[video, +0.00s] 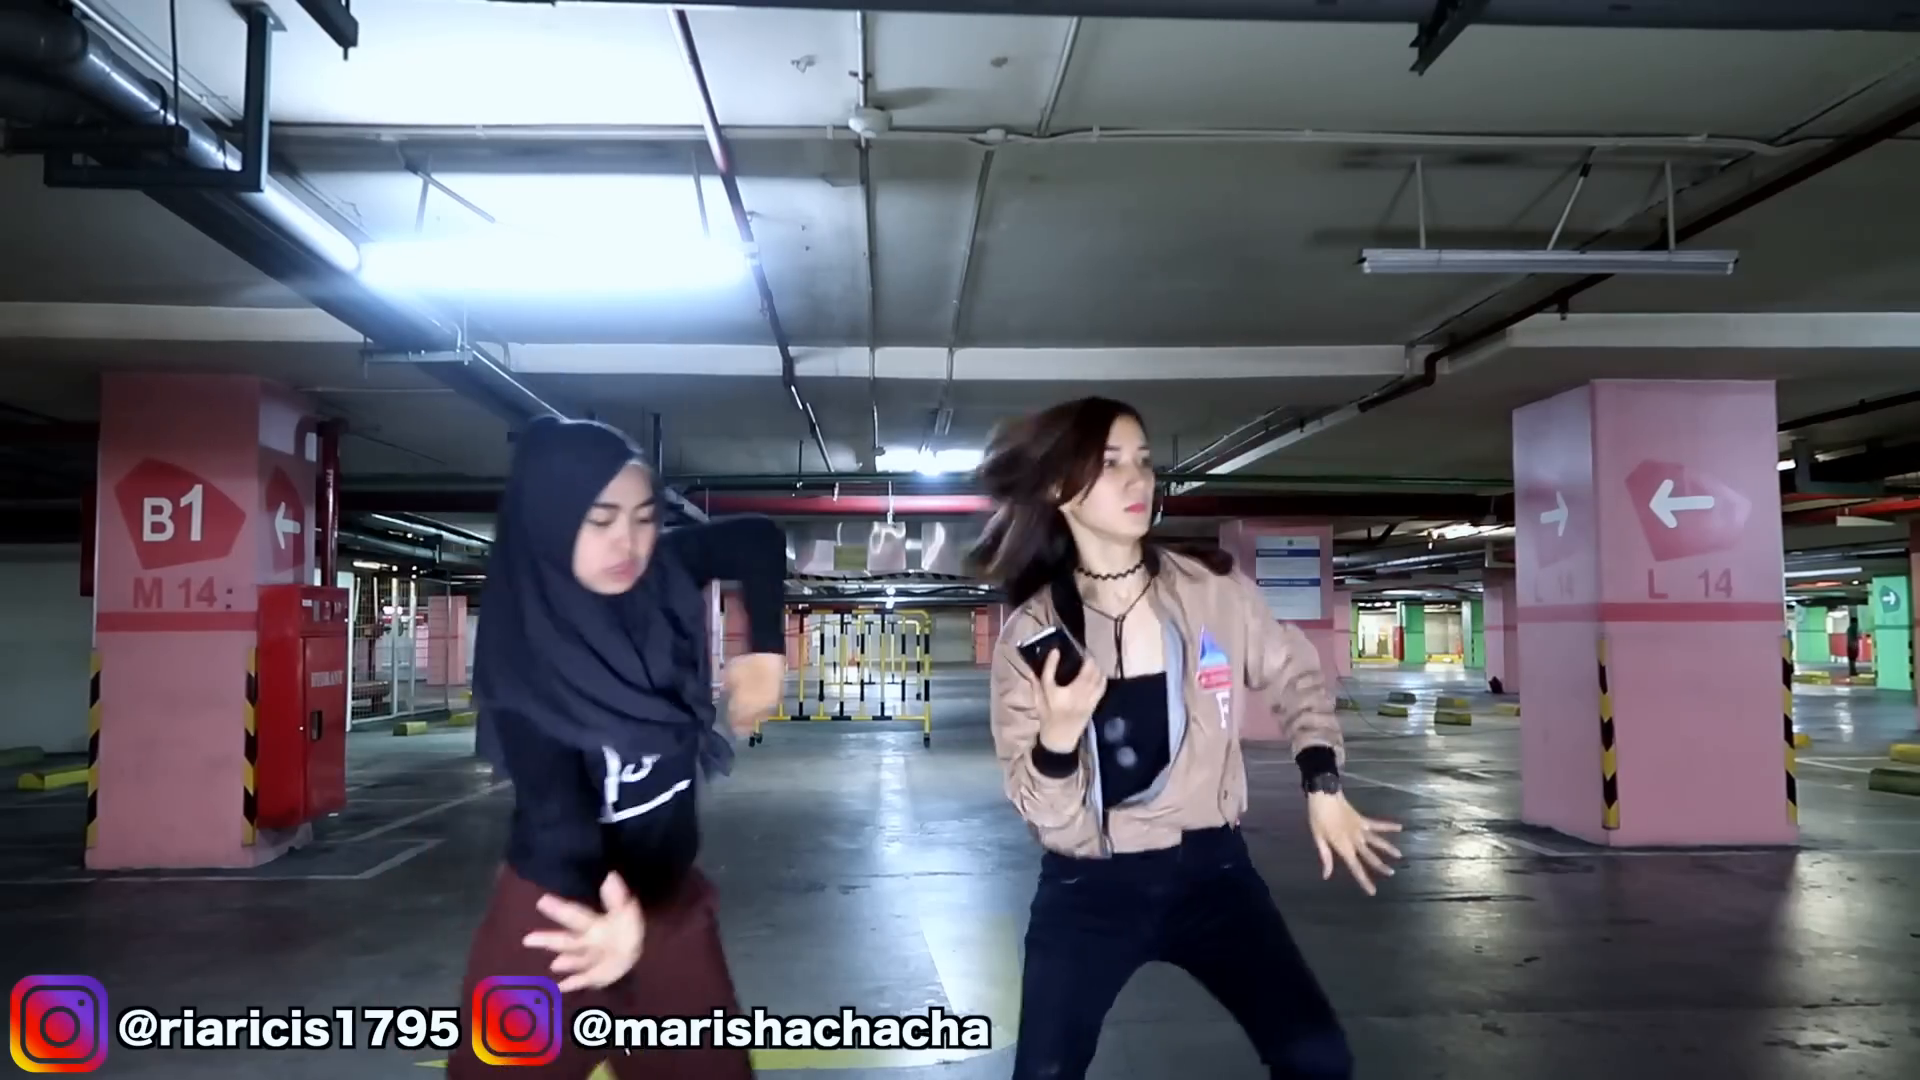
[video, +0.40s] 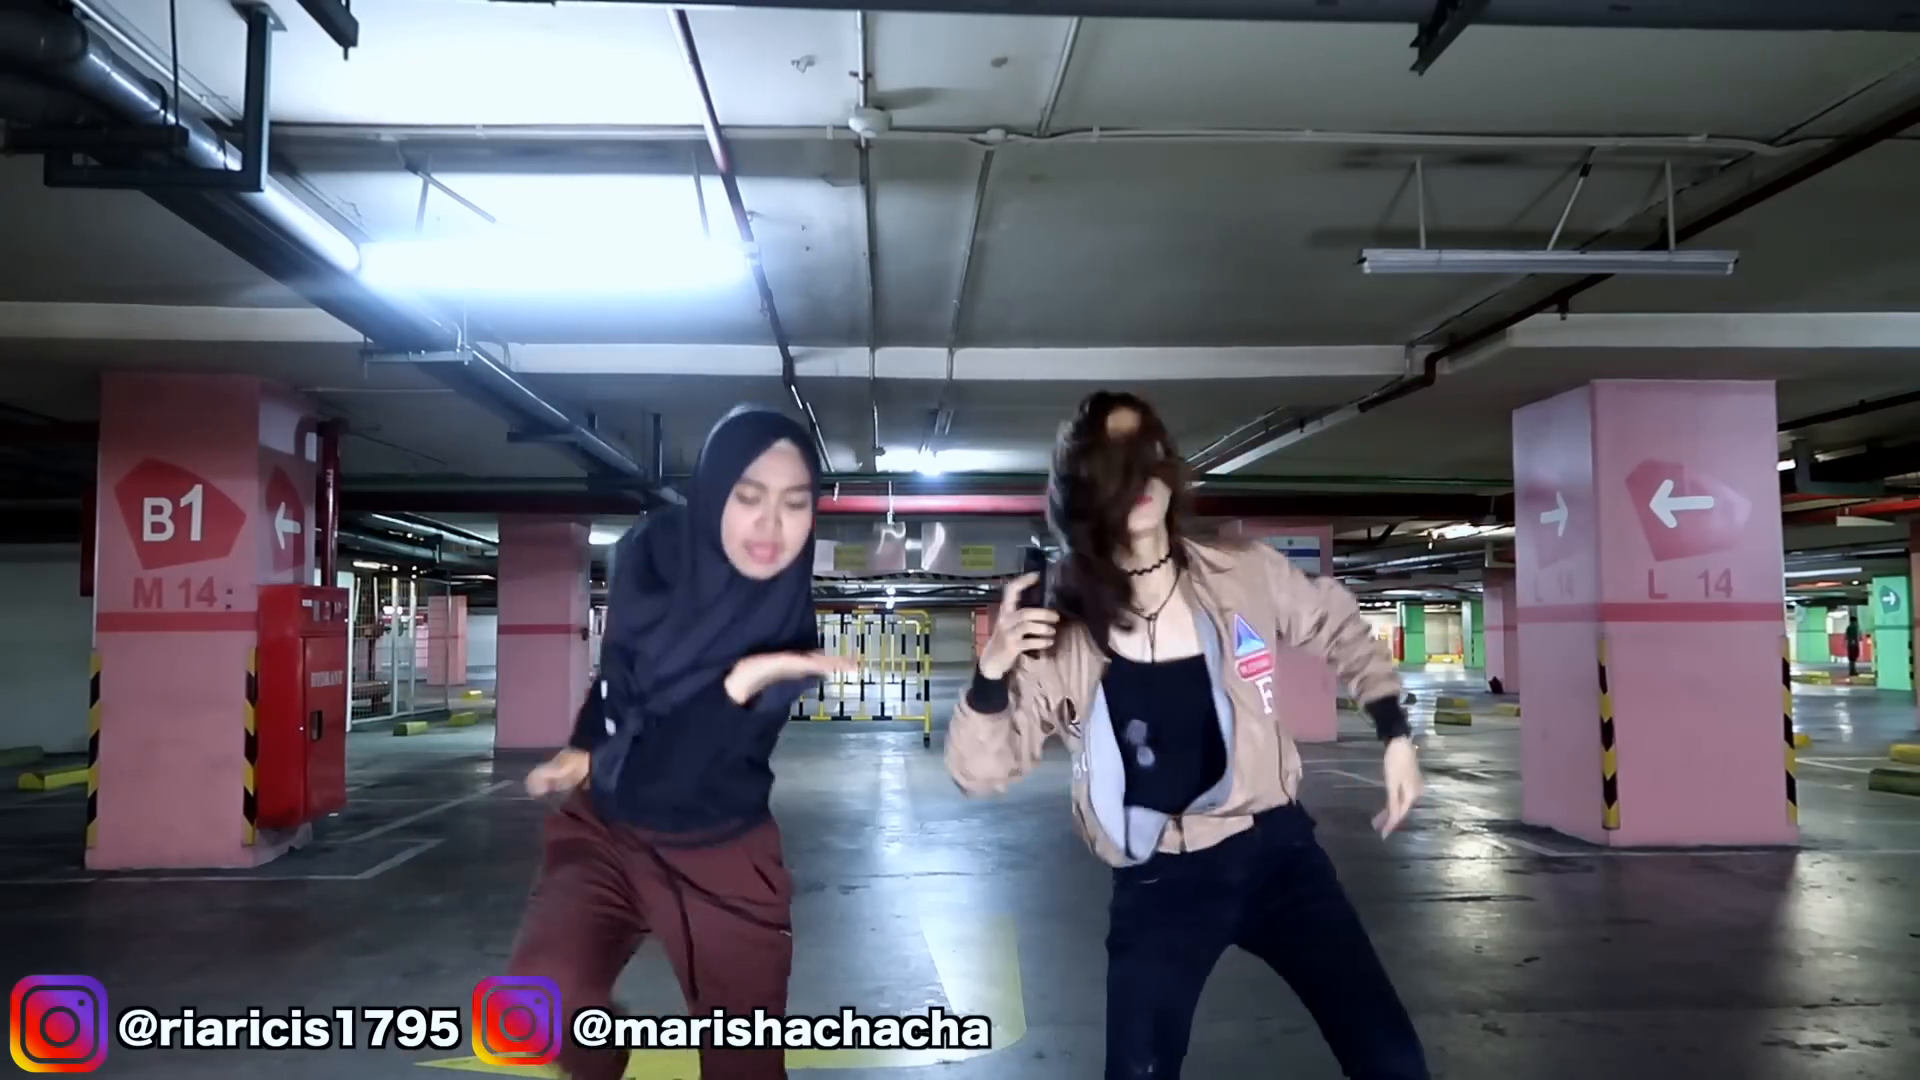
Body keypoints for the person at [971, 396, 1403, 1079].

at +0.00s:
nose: (1140, 479)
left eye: (1144, 461)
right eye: (1112, 463)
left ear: (1154, 474)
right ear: (1059, 489)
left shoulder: (1216, 596)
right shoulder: (1030, 632)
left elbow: (1295, 676)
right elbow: (1048, 817)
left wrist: (1323, 783)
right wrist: (1059, 737)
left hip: (1211, 874)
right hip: (1086, 887)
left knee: (1316, 1053)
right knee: (1045, 1069)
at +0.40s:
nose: (1143, 472)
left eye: (1152, 452)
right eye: (1118, 460)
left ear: (1172, 466)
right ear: (1086, 483)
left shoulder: (1244, 570)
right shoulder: (1062, 619)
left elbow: (1340, 626)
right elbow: (981, 774)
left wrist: (1395, 732)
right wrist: (989, 677)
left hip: (1275, 853)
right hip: (1158, 881)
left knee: (1389, 1054)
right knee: (1138, 1070)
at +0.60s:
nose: (1152, 442)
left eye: (1169, 417)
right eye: (1129, 428)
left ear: (1203, 431)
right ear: (1109, 455)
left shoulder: (1296, 537)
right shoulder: (1095, 577)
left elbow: (1397, 613)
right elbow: (1056, 702)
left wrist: (1444, 735)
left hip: (1314, 820)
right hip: (1191, 838)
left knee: (1341, 1060)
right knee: (1176, 1060)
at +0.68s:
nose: (1179, 456)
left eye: (1197, 432)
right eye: (1155, 444)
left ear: (1233, 448)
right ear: (1140, 473)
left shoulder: (1326, 572)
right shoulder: (1125, 600)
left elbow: (1429, 673)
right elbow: (1099, 734)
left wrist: (1469, 810)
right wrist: (1123, 833)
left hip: (1329, 854)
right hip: (1206, 864)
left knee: (1334, 1069)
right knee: (1155, 1065)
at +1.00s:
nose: (1232, 445)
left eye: (1252, 425)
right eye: (1212, 430)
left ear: (1287, 446)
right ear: (1190, 457)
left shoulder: (1358, 559)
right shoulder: (1147, 568)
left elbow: (1471, 590)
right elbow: (1067, 638)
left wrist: (1472, 634)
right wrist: (1047, 729)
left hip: (1291, 858)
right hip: (1169, 854)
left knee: (1357, 1065)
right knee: (1116, 1061)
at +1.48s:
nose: (1182, 496)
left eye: (1203, 475)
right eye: (1162, 479)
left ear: (1234, 491)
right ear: (1141, 500)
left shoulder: (1293, 619)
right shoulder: (1100, 618)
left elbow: (1352, 722)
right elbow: (1032, 752)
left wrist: (1400, 657)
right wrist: (1019, 678)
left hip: (1232, 904)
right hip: (1106, 900)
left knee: (1333, 1068)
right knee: (1023, 1067)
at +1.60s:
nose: (1171, 506)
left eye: (1191, 487)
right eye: (1151, 490)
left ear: (1223, 507)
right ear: (1129, 512)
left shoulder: (1264, 642)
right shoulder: (1077, 623)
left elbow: (1310, 766)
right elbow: (987, 721)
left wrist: (1381, 697)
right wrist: (994, 663)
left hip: (1240, 911)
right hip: (1114, 914)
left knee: (1349, 1069)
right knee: (1030, 1070)